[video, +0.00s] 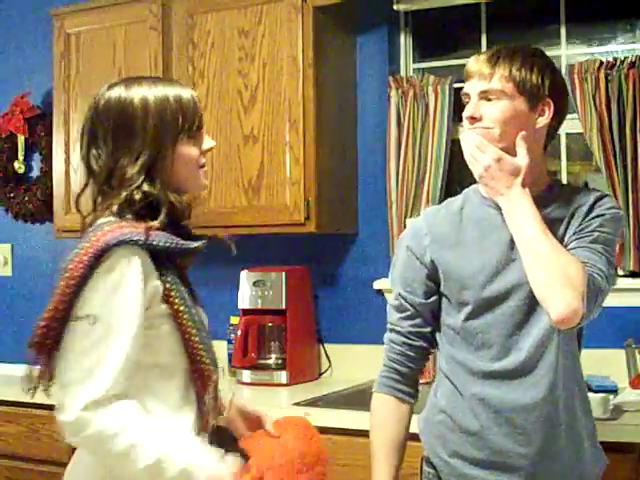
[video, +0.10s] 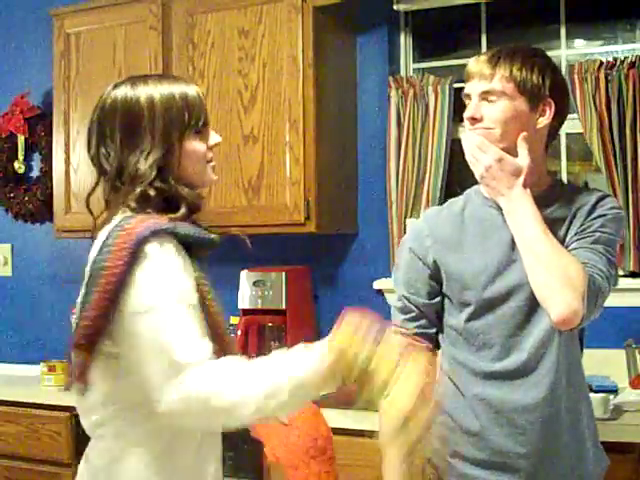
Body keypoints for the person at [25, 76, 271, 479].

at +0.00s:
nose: (208, 145)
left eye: (201, 132)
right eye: (191, 134)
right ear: (147, 148)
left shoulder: (151, 251)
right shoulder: (126, 259)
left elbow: (157, 376)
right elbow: (87, 410)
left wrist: (226, 409)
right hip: (120, 469)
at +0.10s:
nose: (214, 142)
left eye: (207, 129)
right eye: (198, 131)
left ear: (157, 147)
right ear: (154, 146)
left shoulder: (133, 240)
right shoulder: (152, 251)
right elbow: (181, 391)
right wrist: (327, 362)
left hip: (131, 467)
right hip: (150, 471)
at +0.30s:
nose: (226, 135)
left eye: (217, 122)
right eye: (209, 125)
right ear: (172, 141)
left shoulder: (128, 237)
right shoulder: (198, 220)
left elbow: (144, 361)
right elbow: (332, 279)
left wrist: (235, 394)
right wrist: (389, 198)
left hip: (119, 464)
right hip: (182, 467)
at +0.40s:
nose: (227, 135)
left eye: (219, 123)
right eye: (211, 125)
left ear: (157, 140)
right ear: (174, 139)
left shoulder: (136, 232)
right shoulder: (190, 218)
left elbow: (157, 360)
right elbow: (309, 304)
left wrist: (247, 395)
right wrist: (358, 220)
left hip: (135, 464)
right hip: (191, 467)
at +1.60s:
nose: (127, 153)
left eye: (120, 139)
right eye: (109, 142)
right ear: (52, 159)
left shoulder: (129, 252)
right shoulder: (9, 259)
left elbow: (133, 373)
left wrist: (175, 410)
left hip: (116, 472)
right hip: (22, 471)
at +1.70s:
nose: (143, 157)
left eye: (136, 144)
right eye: (125, 146)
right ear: (69, 158)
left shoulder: (141, 254)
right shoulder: (13, 272)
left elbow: (134, 375)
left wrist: (185, 413)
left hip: (129, 471)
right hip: (39, 471)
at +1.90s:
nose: (195, 165)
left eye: (192, 149)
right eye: (176, 151)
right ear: (121, 157)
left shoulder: (185, 260)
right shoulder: (43, 284)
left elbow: (179, 387)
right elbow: (12, 442)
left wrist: (241, 415)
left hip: (180, 472)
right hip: (84, 470)